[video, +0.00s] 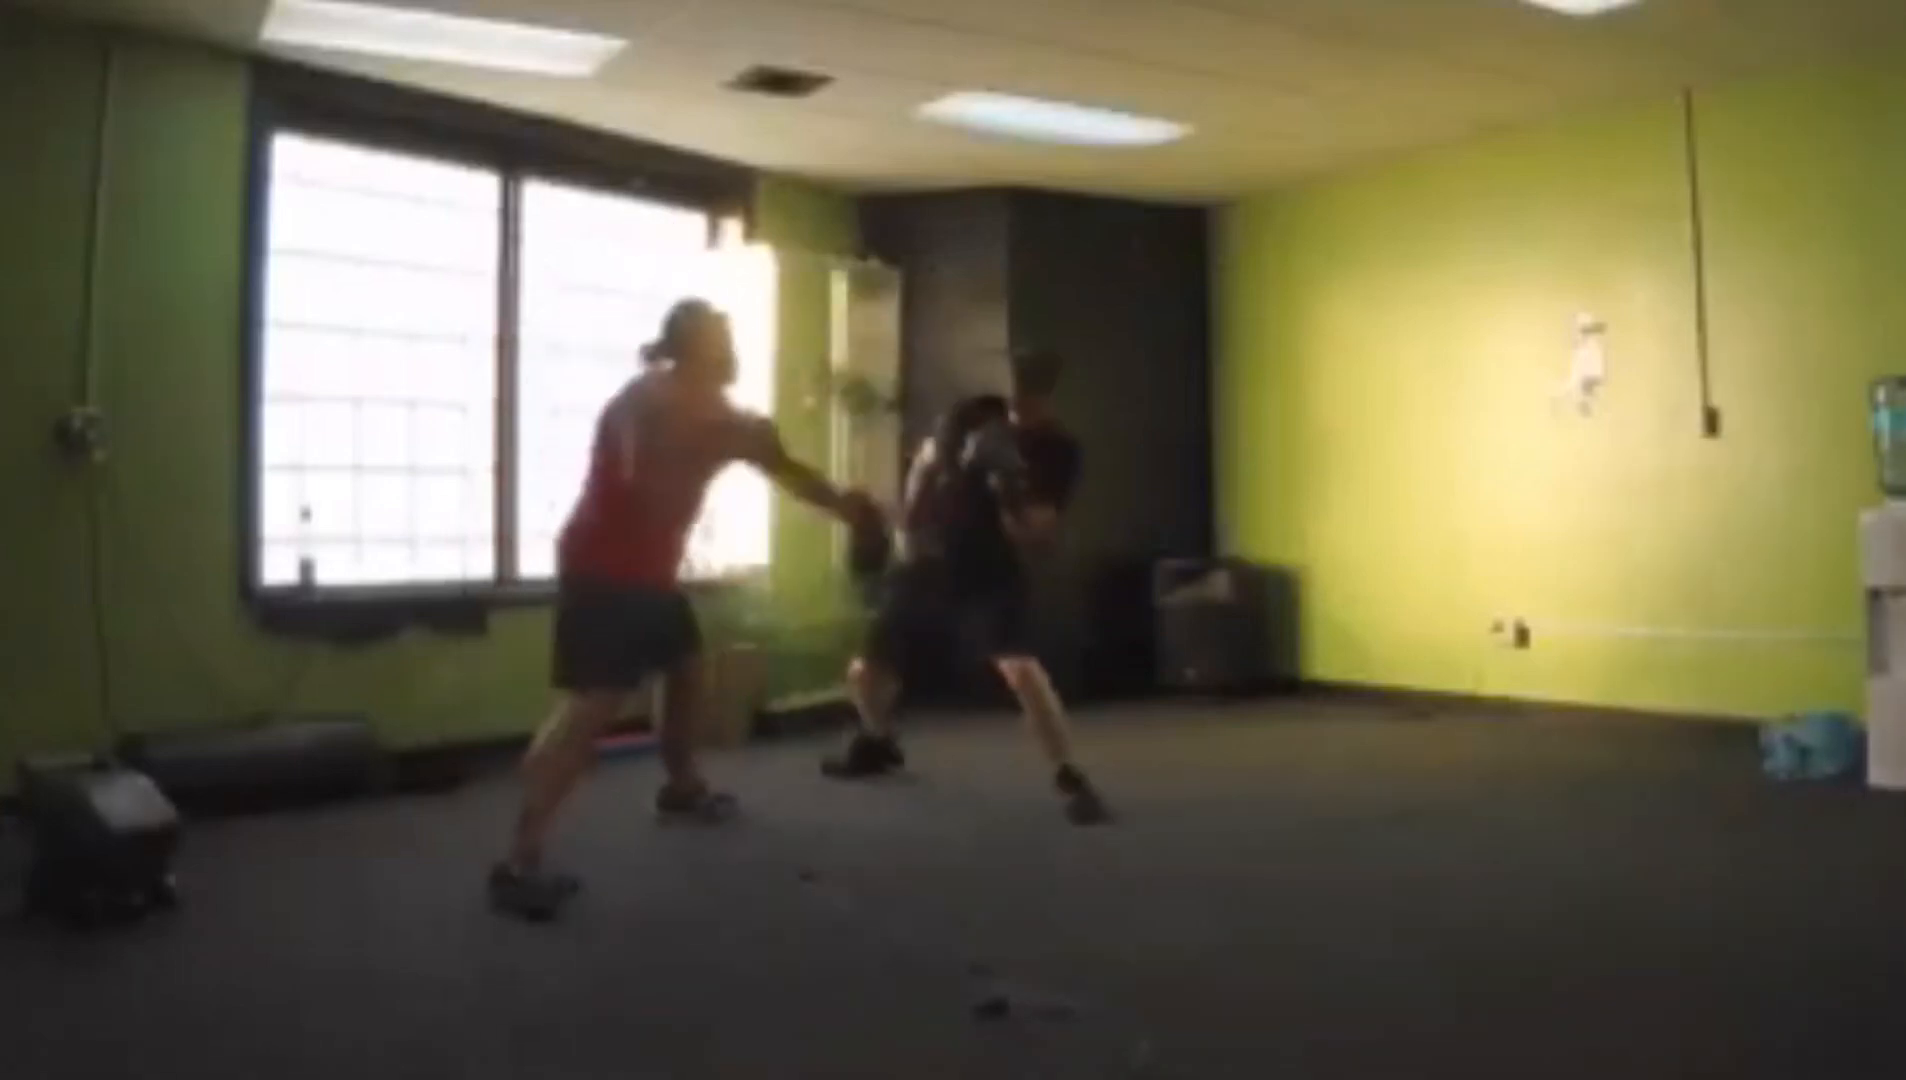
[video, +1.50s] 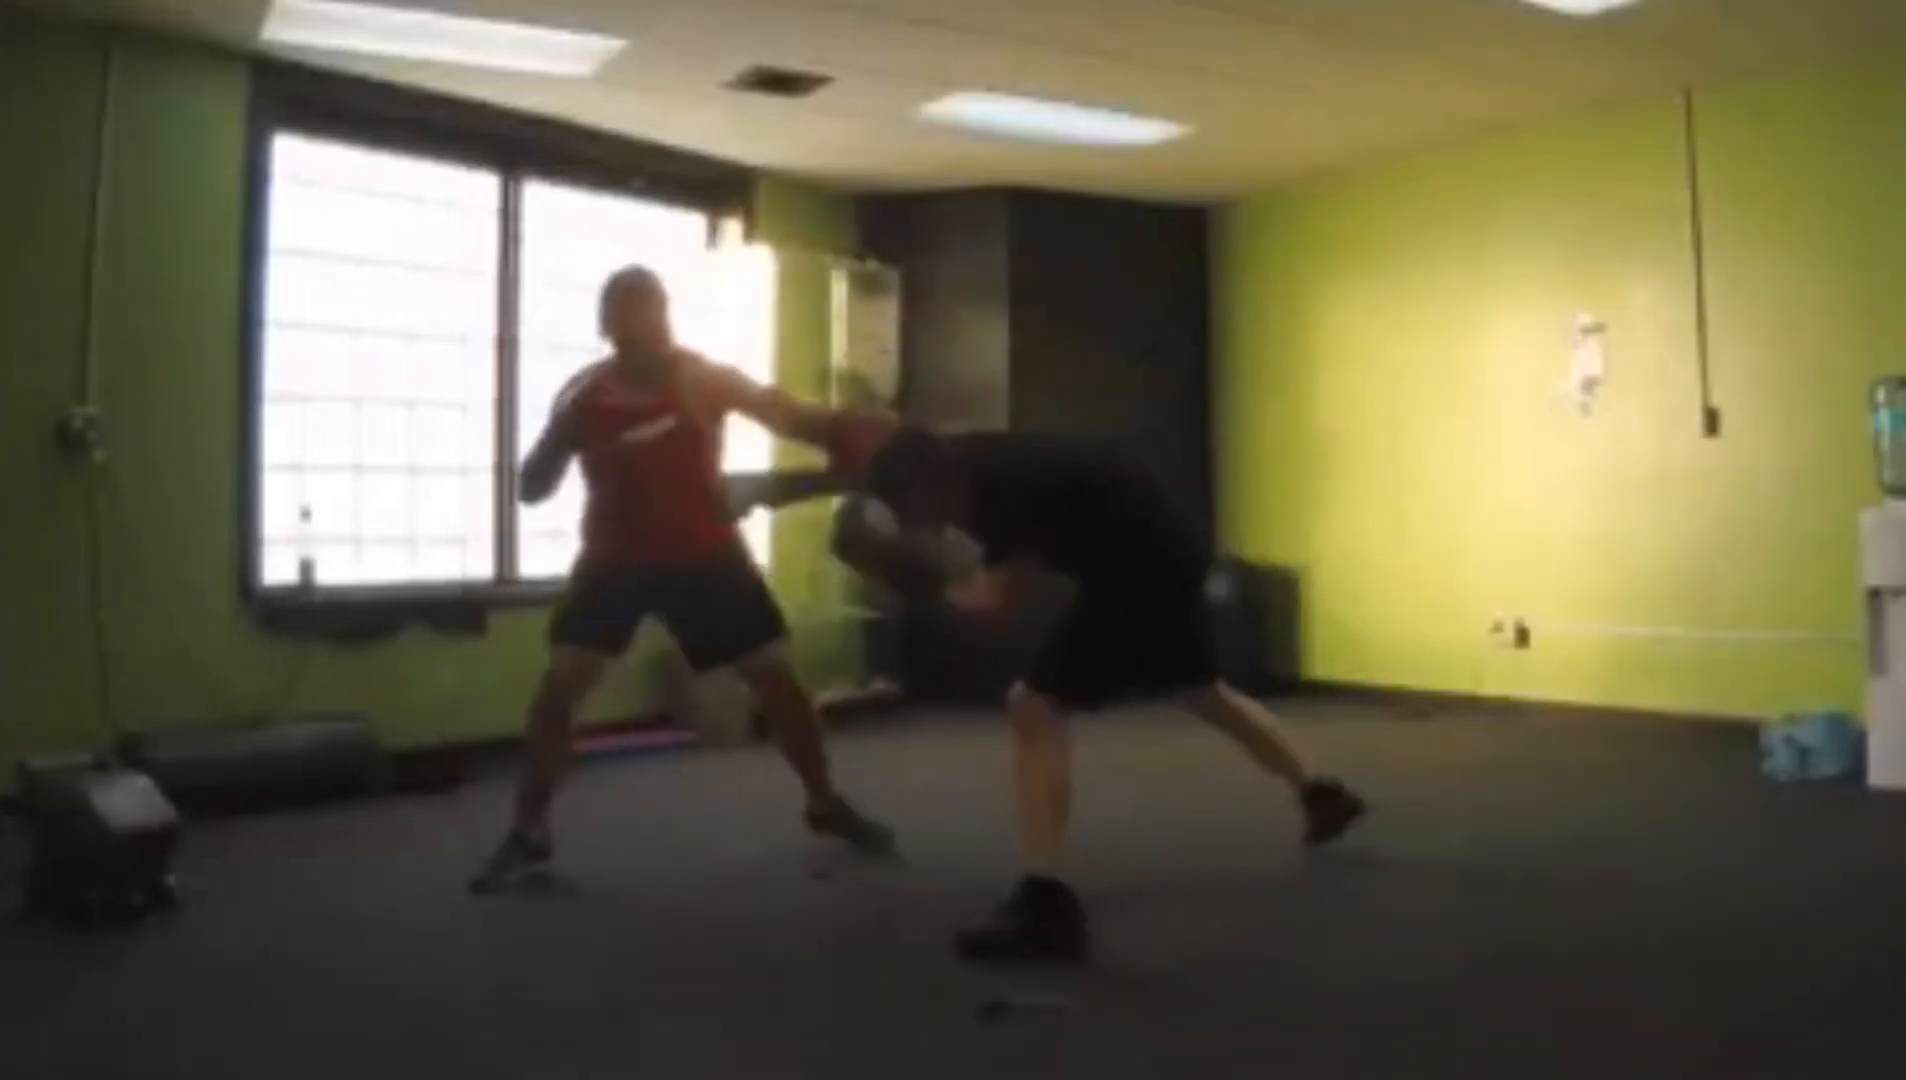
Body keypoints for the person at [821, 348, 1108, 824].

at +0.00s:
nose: (1025, 403)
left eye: (1036, 393)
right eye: (1022, 390)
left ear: (1047, 393)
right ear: (1014, 387)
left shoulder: (1058, 449)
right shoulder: (971, 425)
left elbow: (1036, 527)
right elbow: (911, 515)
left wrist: (1004, 470)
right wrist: (935, 459)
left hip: (992, 568)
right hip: (932, 564)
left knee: (1021, 671)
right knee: (868, 671)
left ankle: (1068, 777)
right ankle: (876, 740)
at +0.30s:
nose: (1012, 302)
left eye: (1020, 293)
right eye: (1016, 293)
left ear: (1039, 300)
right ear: (1065, 309)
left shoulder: (1000, 342)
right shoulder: (1074, 374)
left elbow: (909, 350)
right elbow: (1069, 457)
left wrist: (832, 350)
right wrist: (965, 486)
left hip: (996, 529)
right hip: (1041, 533)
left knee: (939, 668)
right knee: (979, 647)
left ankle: (1032, 778)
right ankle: (972, 747)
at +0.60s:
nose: (1050, 289)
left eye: (1055, 279)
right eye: (1054, 279)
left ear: (1071, 285)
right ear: (1102, 292)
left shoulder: (1033, 336)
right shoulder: (1119, 359)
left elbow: (1006, 416)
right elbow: (1127, 435)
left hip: (1023, 525)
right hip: (1080, 526)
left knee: (990, 662)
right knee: (1125, 649)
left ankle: (1043, 785)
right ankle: (1219, 736)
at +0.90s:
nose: (1055, 309)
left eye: (1056, 300)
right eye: (1054, 300)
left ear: (1074, 290)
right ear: (1112, 274)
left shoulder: (1111, 318)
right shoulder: (1170, 328)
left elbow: (1011, 340)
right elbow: (1087, 383)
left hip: (1132, 524)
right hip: (1197, 525)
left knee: (1053, 640)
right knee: (1228, 681)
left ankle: (1058, 790)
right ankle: (1293, 825)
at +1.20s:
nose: (1005, 435)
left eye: (1003, 423)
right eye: (1003, 424)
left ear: (1015, 413)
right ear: (1045, 389)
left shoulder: (1061, 433)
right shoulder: (1113, 423)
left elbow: (1014, 538)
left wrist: (970, 453)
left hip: (1151, 602)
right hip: (1225, 591)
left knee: (1055, 735)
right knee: (1285, 736)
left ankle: (1053, 903)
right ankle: (1408, 838)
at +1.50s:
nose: (926, 518)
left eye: (919, 506)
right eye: (913, 509)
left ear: (930, 485)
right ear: (933, 462)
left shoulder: (989, 487)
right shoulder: (983, 461)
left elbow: (1010, 582)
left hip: (1130, 576)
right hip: (1175, 557)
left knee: (1036, 705)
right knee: (1203, 691)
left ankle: (1045, 894)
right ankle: (1317, 796)